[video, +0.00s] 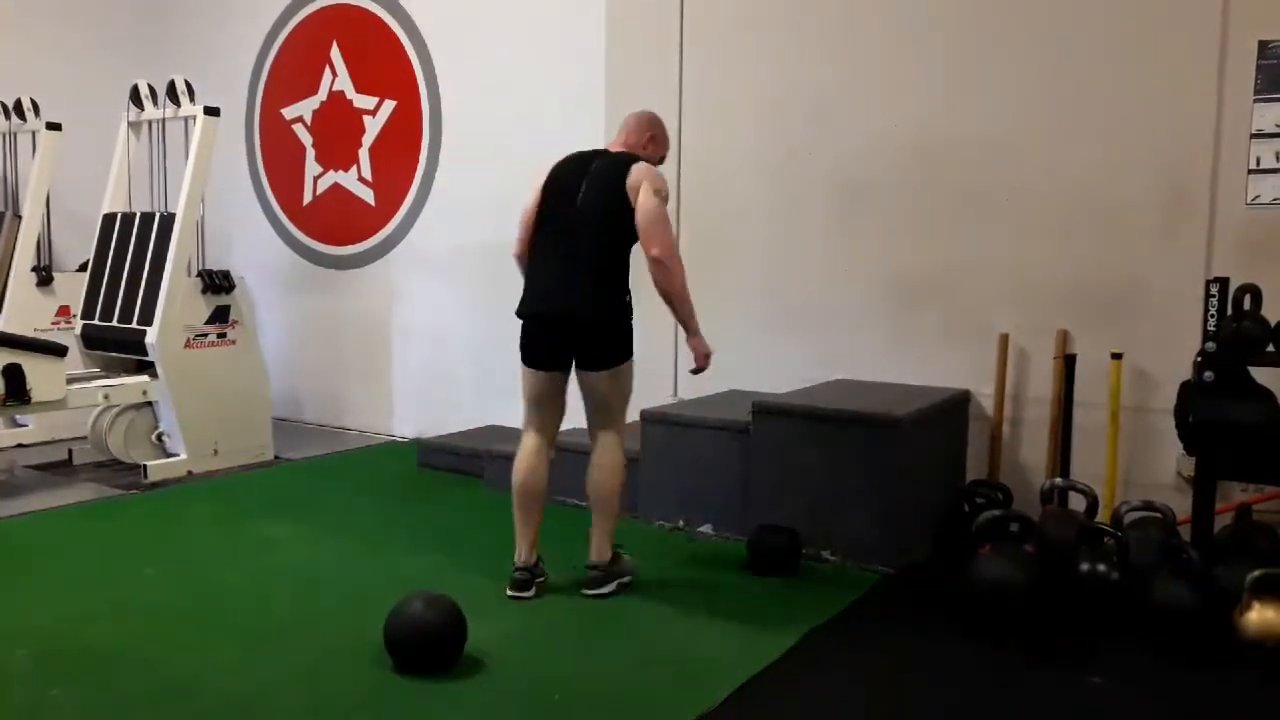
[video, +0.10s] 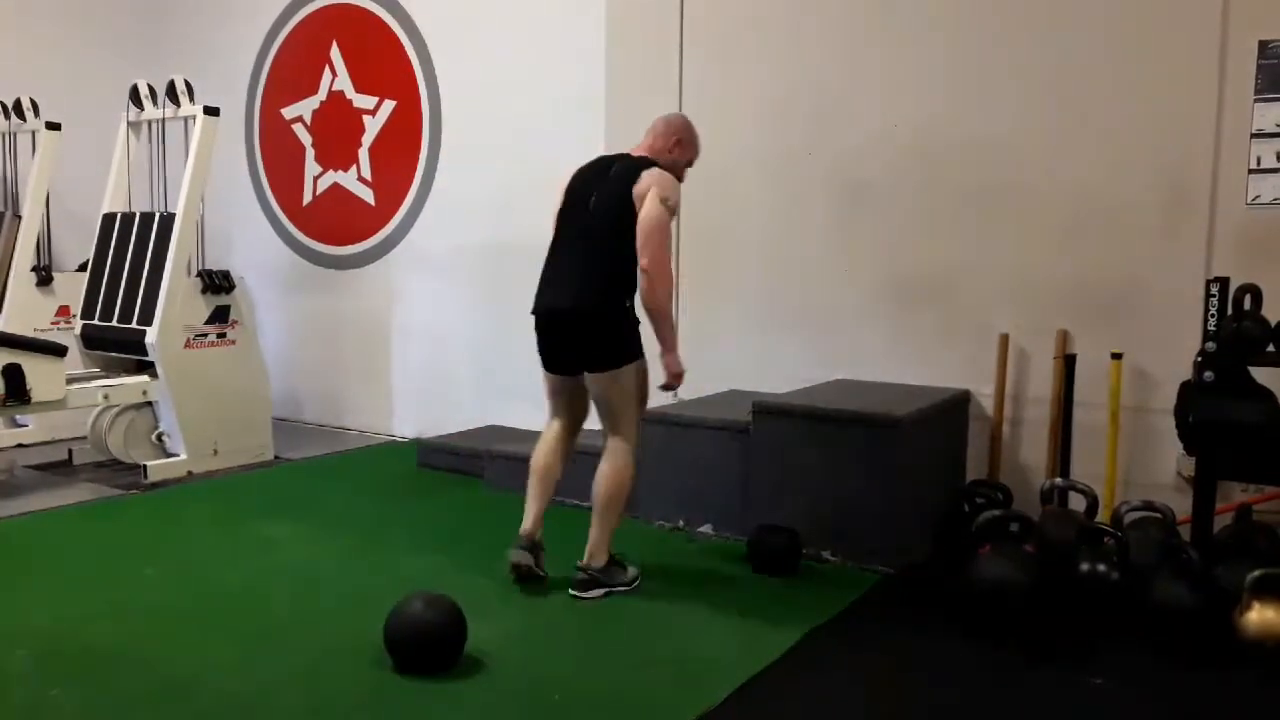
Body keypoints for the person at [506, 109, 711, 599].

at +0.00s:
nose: (659, 163)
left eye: (662, 157)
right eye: (661, 155)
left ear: (618, 136)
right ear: (649, 143)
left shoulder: (561, 167)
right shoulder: (642, 175)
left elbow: (524, 249)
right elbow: (658, 255)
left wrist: (550, 295)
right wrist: (693, 332)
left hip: (543, 317)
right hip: (602, 321)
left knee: (537, 432)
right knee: (607, 434)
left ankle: (524, 565)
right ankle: (601, 562)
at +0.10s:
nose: (683, 175)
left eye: (688, 167)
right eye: (685, 165)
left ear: (650, 139)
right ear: (672, 145)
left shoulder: (585, 172)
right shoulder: (658, 179)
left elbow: (561, 241)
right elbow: (651, 265)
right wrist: (669, 350)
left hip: (552, 314)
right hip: (606, 319)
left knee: (563, 417)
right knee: (621, 435)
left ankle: (528, 535)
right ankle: (596, 563)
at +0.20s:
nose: (712, 187)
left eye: (717, 178)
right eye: (714, 174)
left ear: (680, 148)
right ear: (697, 155)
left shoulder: (623, 175)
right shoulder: (676, 196)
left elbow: (599, 262)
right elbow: (666, 285)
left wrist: (641, 321)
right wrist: (674, 370)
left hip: (561, 310)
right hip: (605, 318)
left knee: (584, 406)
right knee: (629, 435)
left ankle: (540, 517)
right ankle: (597, 561)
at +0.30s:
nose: (733, 218)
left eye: (739, 211)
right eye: (736, 207)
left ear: (710, 184)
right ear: (718, 189)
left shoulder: (657, 206)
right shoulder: (691, 231)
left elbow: (667, 308)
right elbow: (685, 323)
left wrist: (699, 359)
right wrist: (703, 401)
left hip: (559, 316)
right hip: (601, 327)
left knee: (581, 410)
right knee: (644, 435)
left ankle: (549, 507)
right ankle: (597, 556)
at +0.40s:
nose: (750, 272)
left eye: (756, 265)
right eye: (753, 261)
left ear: (729, 238)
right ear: (735, 245)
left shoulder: (683, 257)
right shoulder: (701, 281)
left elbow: (703, 354)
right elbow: (707, 373)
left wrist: (726, 407)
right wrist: (731, 446)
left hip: (562, 331)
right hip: (597, 344)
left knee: (588, 423)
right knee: (651, 444)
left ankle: (534, 506)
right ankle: (595, 556)